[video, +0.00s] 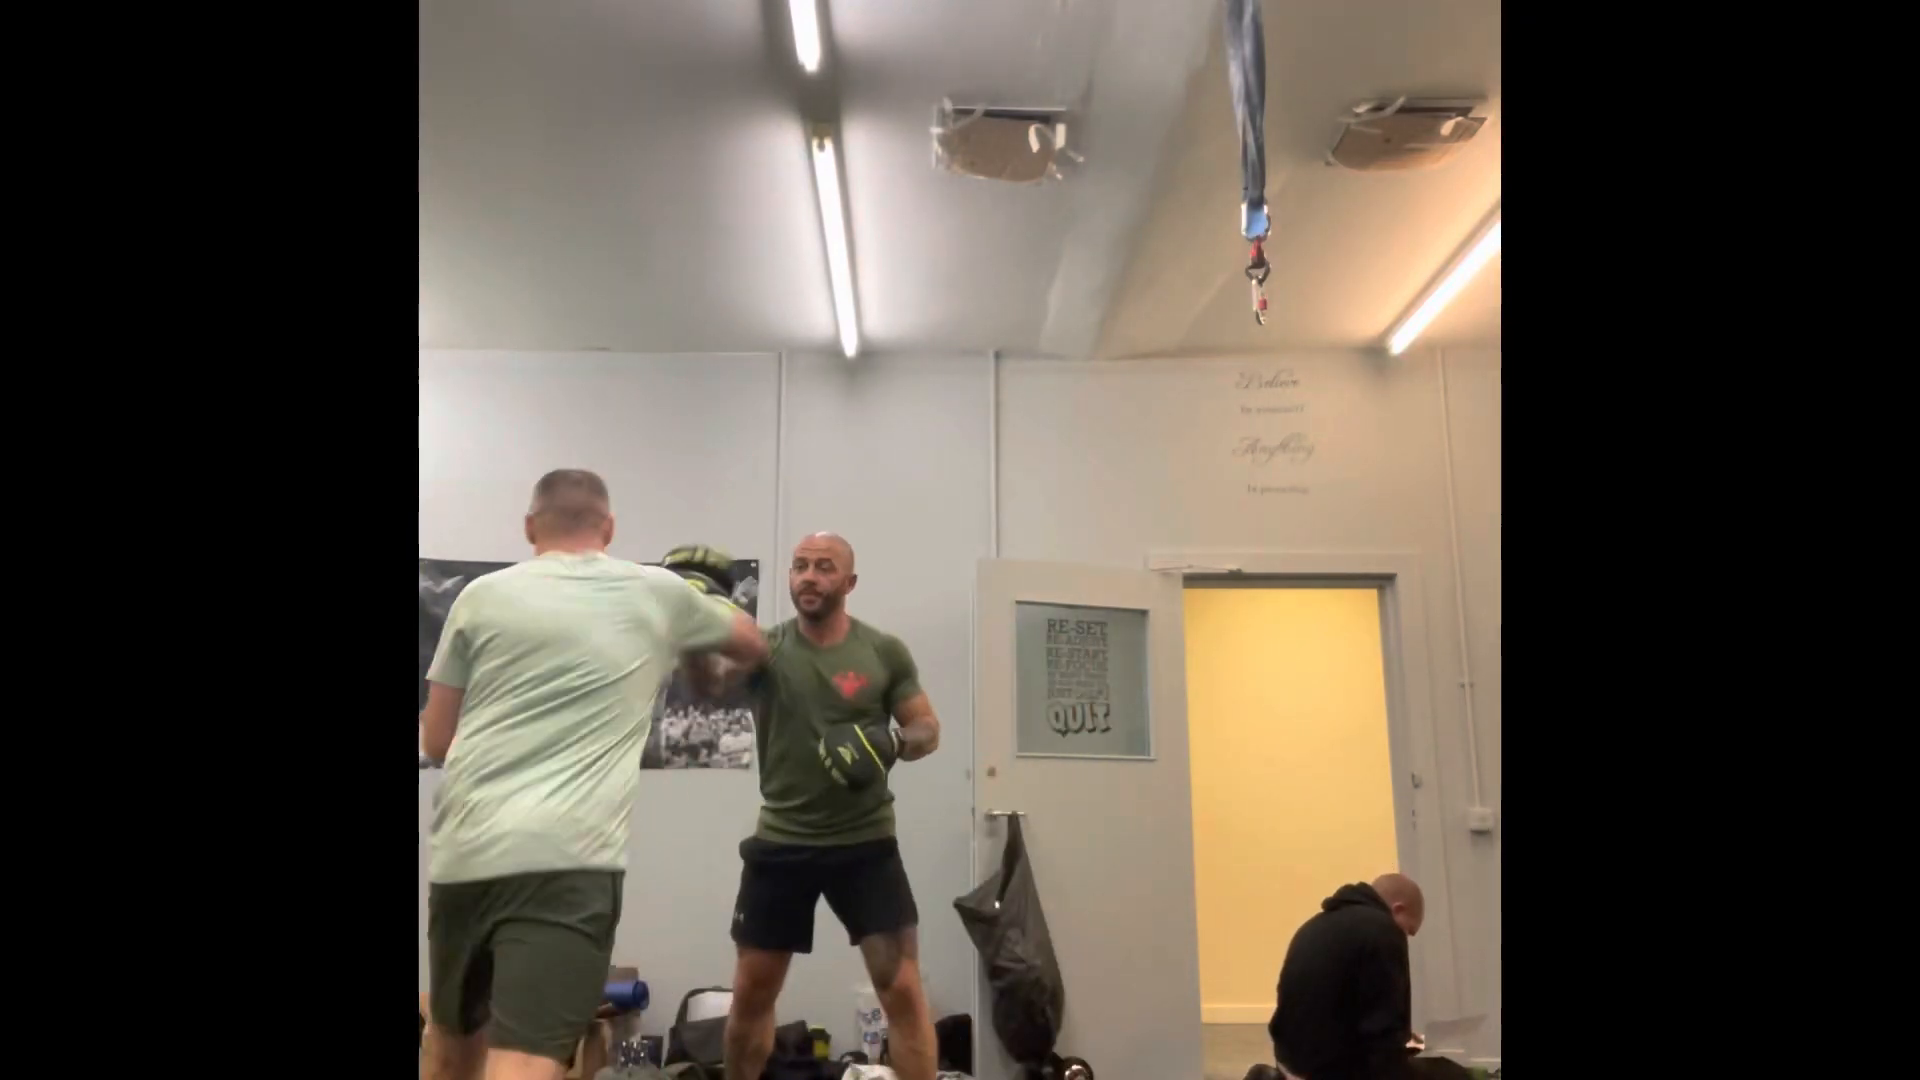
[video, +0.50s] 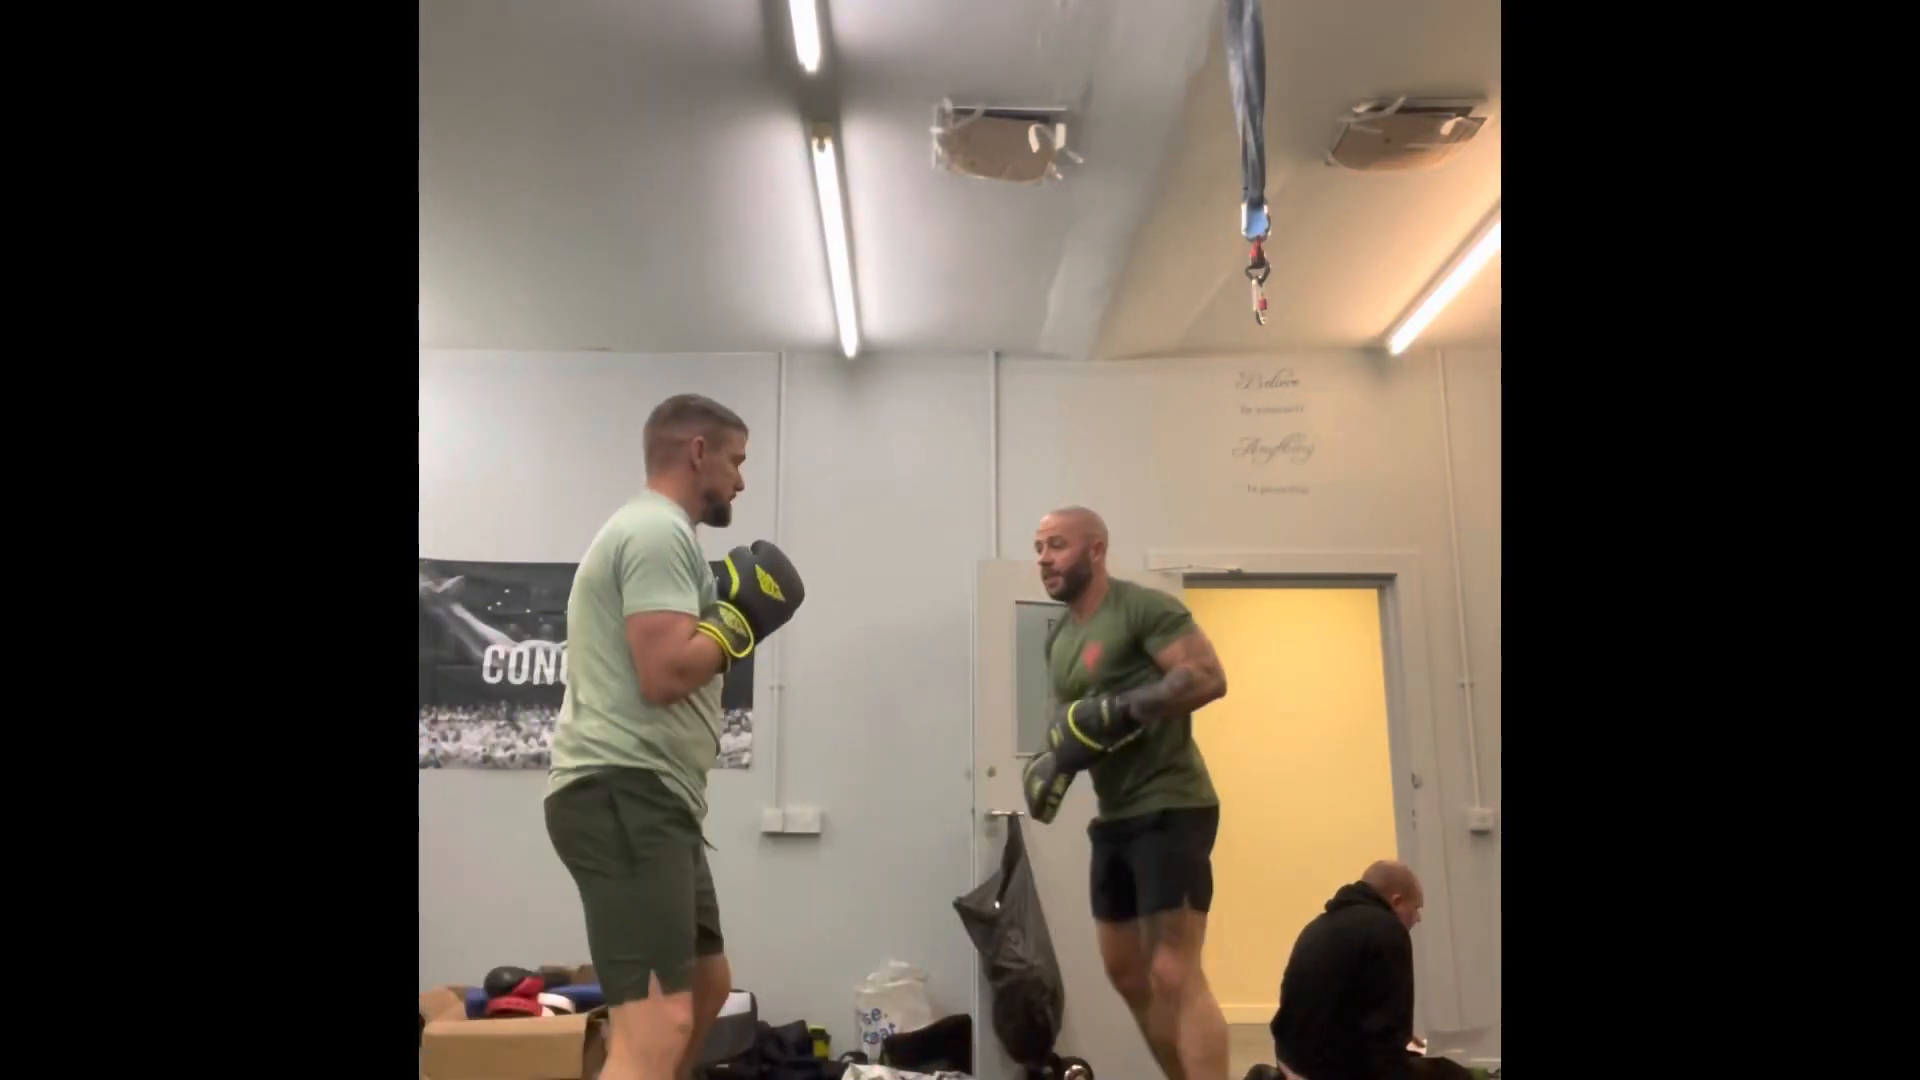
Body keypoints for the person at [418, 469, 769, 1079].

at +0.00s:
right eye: (610, 527)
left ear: (530, 529)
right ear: (608, 528)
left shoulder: (479, 597)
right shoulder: (653, 589)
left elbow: (435, 741)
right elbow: (752, 645)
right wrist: (706, 669)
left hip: (464, 856)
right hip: (572, 856)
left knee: (449, 1036)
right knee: (525, 1060)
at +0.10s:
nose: (568, 550)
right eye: (570, 542)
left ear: (492, 546)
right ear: (566, 538)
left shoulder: (450, 600)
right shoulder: (613, 588)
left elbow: (437, 746)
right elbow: (659, 698)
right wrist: (585, 694)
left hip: (475, 829)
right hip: (585, 818)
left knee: (447, 1047)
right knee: (588, 1041)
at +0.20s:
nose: (594, 545)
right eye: (596, 536)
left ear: (513, 536)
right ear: (586, 531)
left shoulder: (453, 608)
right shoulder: (624, 596)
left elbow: (455, 747)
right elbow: (669, 725)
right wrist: (618, 681)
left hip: (489, 858)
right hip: (598, 841)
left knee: (473, 1038)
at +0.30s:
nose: (663, 499)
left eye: (664, 486)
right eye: (662, 485)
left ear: (582, 480)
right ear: (643, 477)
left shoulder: (513, 570)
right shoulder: (649, 545)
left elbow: (533, 686)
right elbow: (703, 683)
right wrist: (688, 603)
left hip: (530, 821)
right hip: (624, 810)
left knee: (521, 1024)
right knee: (697, 1026)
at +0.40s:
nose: (722, 509)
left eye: (723, 492)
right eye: (718, 490)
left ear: (651, 482)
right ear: (681, 479)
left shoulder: (578, 573)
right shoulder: (668, 559)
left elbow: (622, 705)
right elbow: (705, 705)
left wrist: (716, 648)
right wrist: (753, 647)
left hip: (582, 838)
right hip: (645, 831)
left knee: (630, 1039)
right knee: (694, 1051)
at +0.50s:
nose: (741, 480)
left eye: (743, 463)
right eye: (736, 461)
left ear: (691, 454)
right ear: (695, 451)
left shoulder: (666, 536)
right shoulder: (652, 531)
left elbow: (667, 666)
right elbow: (664, 674)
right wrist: (743, 618)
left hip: (654, 792)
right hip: (621, 791)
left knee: (704, 988)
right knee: (655, 1022)